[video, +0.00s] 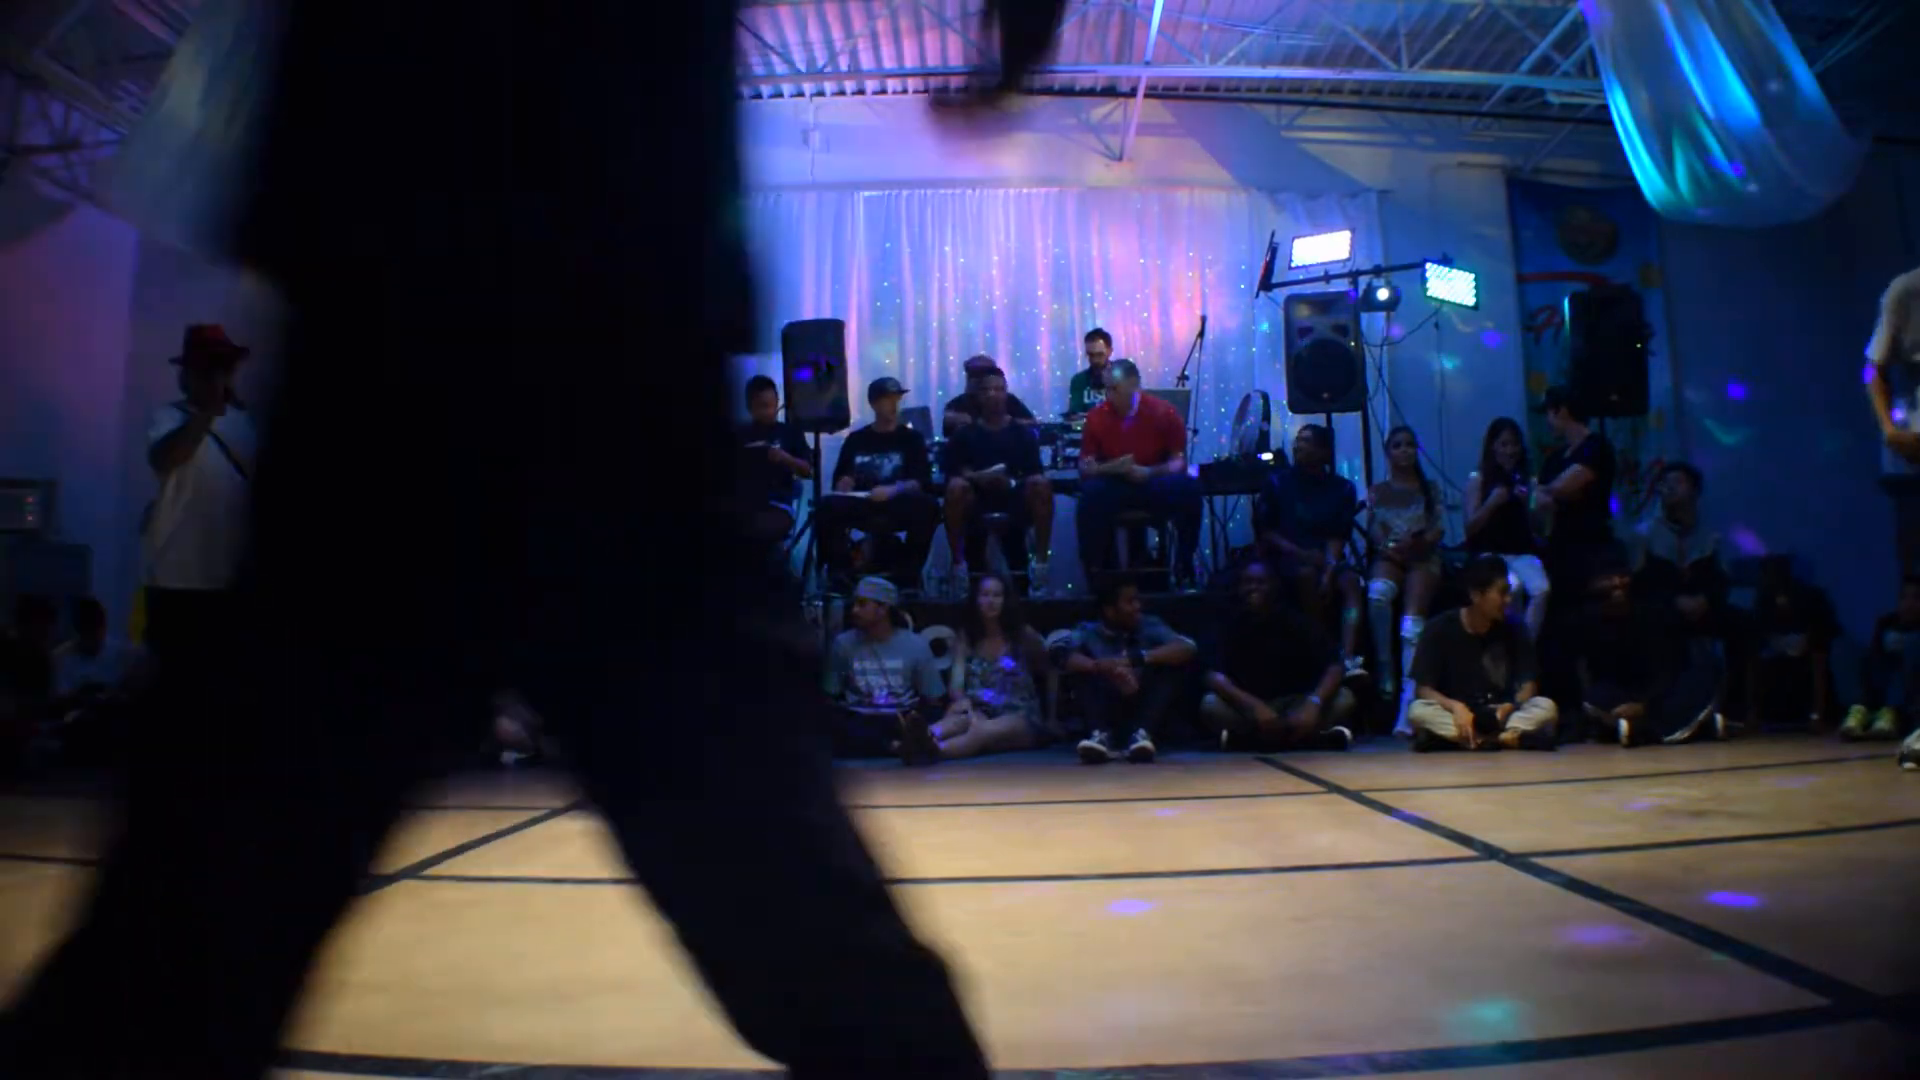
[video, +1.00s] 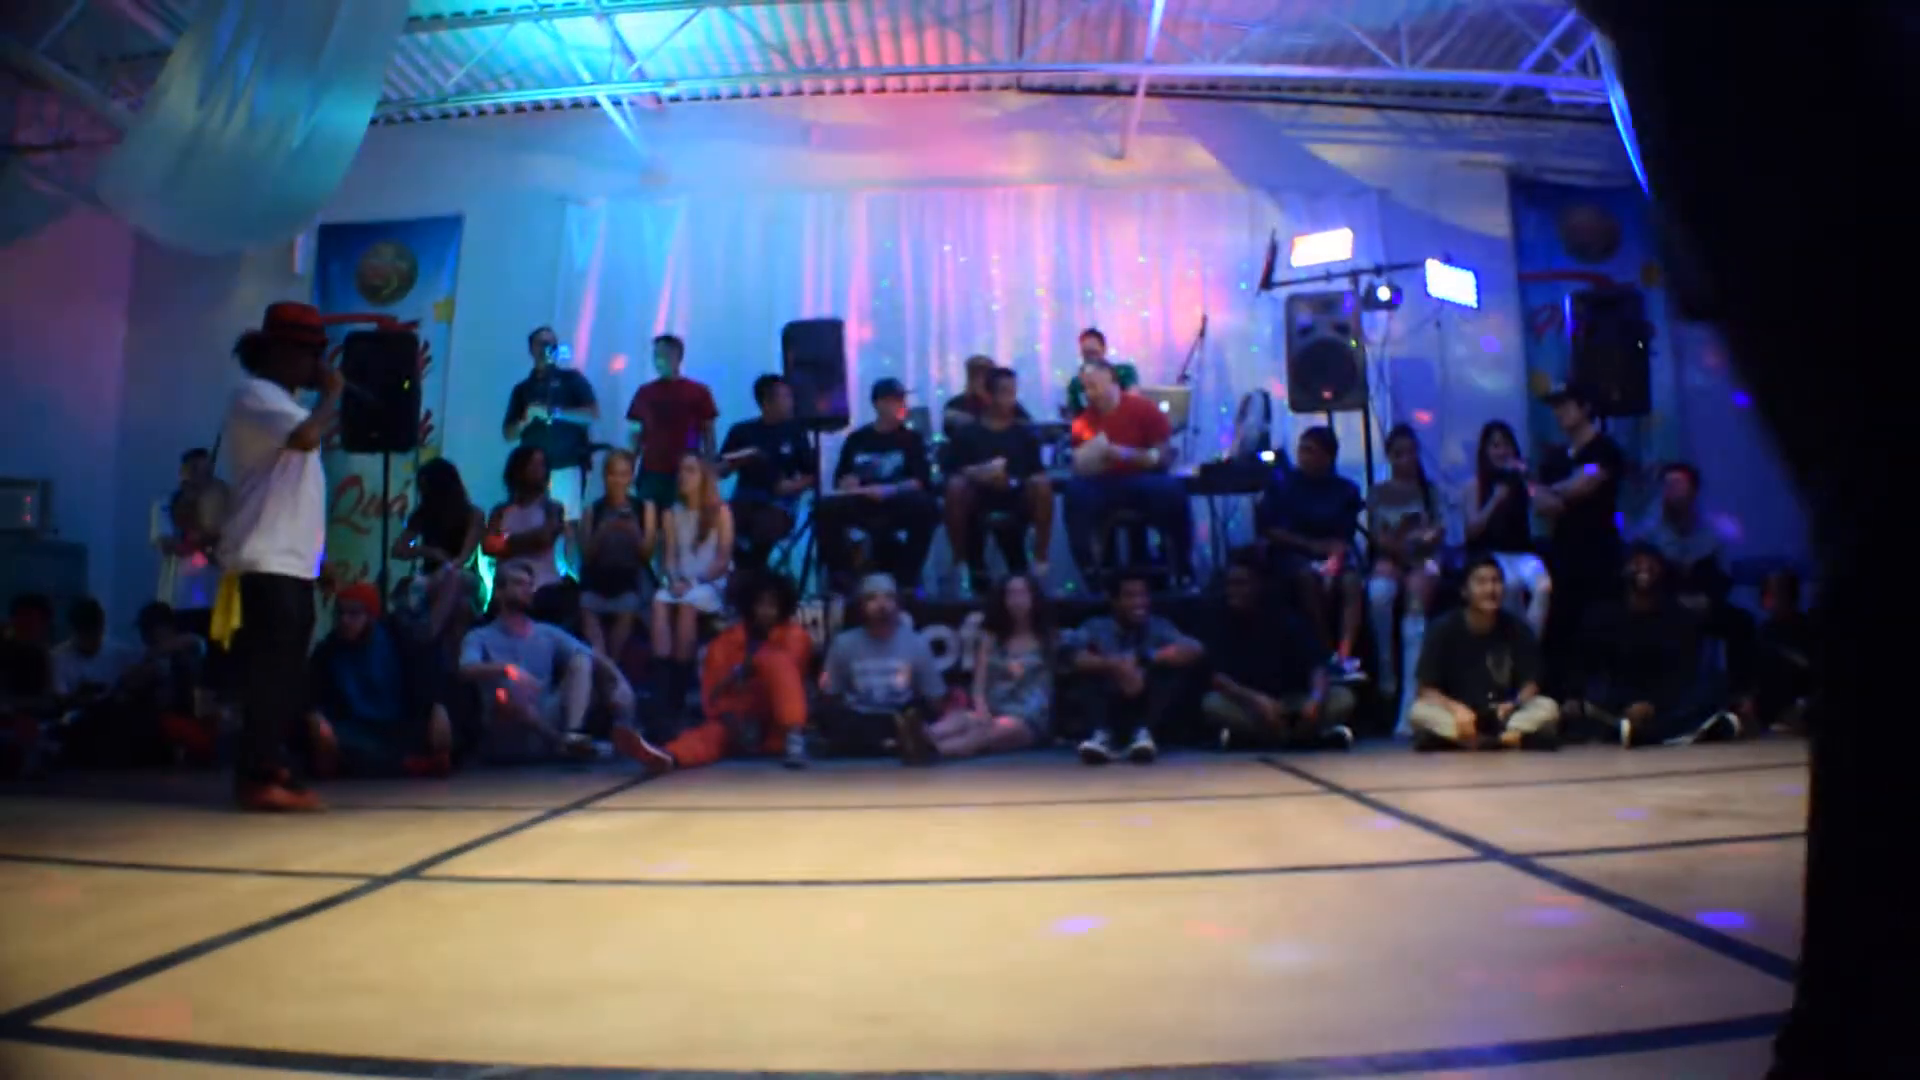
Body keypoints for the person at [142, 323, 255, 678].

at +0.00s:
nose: (217, 381)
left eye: (223, 370)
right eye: (207, 371)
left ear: (231, 372)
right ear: (188, 374)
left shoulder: (245, 424)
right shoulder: (170, 417)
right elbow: (164, 461)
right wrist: (206, 413)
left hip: (234, 576)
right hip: (177, 580)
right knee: (174, 687)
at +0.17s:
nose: (237, 381)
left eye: (243, 372)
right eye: (228, 371)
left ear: (249, 376)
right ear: (205, 374)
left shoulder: (262, 430)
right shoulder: (181, 418)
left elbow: (282, 504)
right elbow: (181, 457)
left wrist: (283, 568)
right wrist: (223, 409)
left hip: (251, 583)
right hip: (189, 582)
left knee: (255, 688)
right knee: (187, 689)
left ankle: (259, 774)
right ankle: (189, 777)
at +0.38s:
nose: (257, 377)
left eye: (263, 368)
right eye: (246, 368)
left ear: (271, 374)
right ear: (226, 372)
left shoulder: (283, 428)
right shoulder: (205, 413)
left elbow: (299, 503)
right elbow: (204, 446)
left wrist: (303, 565)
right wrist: (247, 407)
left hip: (271, 578)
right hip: (210, 576)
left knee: (268, 684)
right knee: (202, 683)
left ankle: (260, 773)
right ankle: (192, 771)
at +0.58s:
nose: (285, 374)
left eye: (289, 365)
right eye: (275, 364)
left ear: (292, 370)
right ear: (249, 368)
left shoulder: (297, 422)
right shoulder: (221, 405)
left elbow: (317, 498)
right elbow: (227, 443)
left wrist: (329, 557)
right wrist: (271, 403)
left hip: (287, 567)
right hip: (234, 563)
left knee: (276, 674)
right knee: (235, 668)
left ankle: (266, 769)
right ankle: (216, 767)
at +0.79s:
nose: (299, 367)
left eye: (301, 358)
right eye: (289, 358)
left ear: (298, 366)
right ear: (259, 360)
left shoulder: (301, 423)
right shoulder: (232, 406)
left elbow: (313, 499)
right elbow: (261, 437)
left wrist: (338, 550)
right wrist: (303, 396)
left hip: (291, 569)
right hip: (246, 565)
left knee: (279, 675)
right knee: (256, 671)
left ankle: (261, 772)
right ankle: (244, 778)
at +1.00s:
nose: (316, 365)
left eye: (317, 357)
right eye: (309, 355)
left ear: (289, 358)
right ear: (281, 354)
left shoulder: (285, 404)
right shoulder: (254, 398)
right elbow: (306, 436)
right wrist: (333, 393)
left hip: (291, 563)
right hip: (266, 563)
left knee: (282, 673)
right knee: (271, 673)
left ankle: (271, 770)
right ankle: (260, 775)